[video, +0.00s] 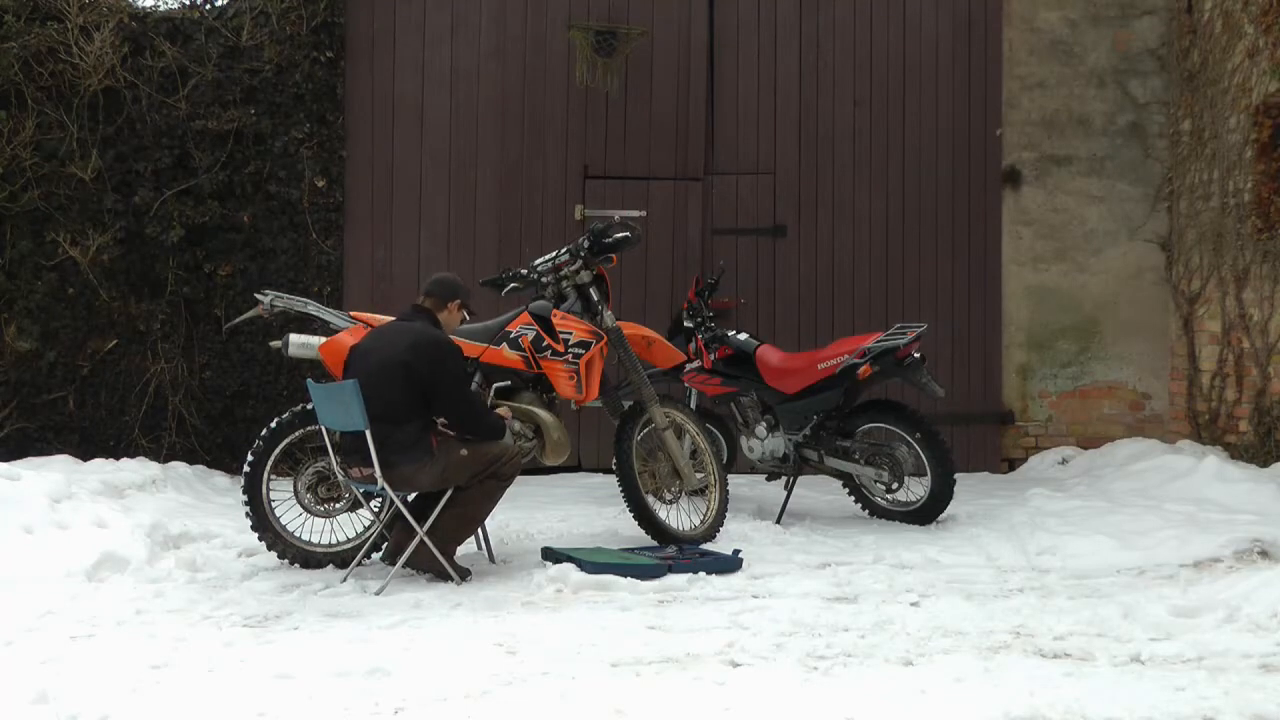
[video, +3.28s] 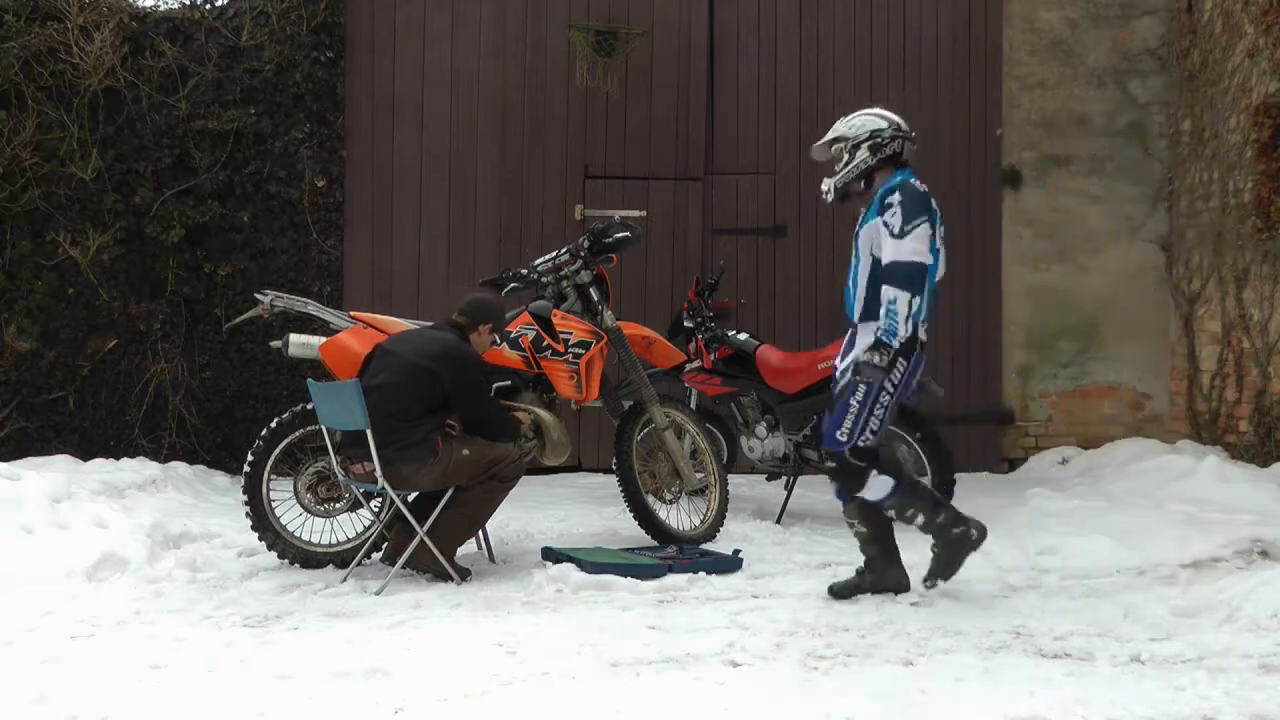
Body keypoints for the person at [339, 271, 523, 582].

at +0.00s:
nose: (461, 320)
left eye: (463, 313)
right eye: (462, 311)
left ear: (421, 302)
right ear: (450, 307)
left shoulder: (380, 332)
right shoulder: (439, 346)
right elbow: (471, 422)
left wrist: (431, 416)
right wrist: (499, 421)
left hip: (357, 457)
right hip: (399, 464)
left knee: (456, 452)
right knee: (507, 457)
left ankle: (403, 543)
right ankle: (434, 550)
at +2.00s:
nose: (479, 335)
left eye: (481, 328)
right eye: (480, 327)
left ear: (442, 313)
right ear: (469, 321)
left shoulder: (393, 337)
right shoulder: (455, 354)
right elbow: (482, 431)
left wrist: (437, 425)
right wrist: (499, 437)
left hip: (357, 455)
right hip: (401, 462)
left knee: (463, 452)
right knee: (507, 462)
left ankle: (402, 542)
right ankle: (434, 551)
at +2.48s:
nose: (487, 336)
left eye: (489, 328)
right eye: (487, 327)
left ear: (449, 315)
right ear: (475, 323)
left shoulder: (400, 337)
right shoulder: (458, 355)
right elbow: (480, 422)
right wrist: (515, 420)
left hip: (358, 455)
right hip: (402, 461)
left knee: (463, 453)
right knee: (508, 462)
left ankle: (402, 543)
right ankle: (435, 551)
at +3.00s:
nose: (492, 345)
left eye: (495, 339)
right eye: (494, 337)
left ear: (459, 317)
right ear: (484, 329)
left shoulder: (405, 337)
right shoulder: (461, 356)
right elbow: (494, 428)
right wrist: (514, 417)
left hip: (358, 454)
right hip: (401, 461)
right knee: (509, 463)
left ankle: (402, 543)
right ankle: (435, 551)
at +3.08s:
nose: (492, 345)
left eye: (495, 339)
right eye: (494, 337)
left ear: (459, 317)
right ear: (484, 329)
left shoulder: (406, 337)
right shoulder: (462, 357)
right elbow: (495, 431)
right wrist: (514, 420)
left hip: (358, 454)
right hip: (401, 461)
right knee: (508, 464)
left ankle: (402, 543)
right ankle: (435, 551)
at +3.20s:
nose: (492, 345)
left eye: (495, 339)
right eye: (494, 338)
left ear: (459, 317)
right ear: (484, 329)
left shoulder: (405, 337)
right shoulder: (461, 357)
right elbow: (493, 429)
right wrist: (514, 420)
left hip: (357, 456)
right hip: (401, 461)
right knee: (508, 464)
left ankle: (402, 543)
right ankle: (435, 551)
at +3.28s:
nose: (492, 345)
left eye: (495, 339)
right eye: (493, 337)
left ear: (459, 317)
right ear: (483, 329)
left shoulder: (404, 337)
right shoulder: (461, 357)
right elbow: (486, 424)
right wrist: (516, 421)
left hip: (357, 456)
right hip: (400, 461)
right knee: (508, 464)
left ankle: (402, 543)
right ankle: (435, 550)